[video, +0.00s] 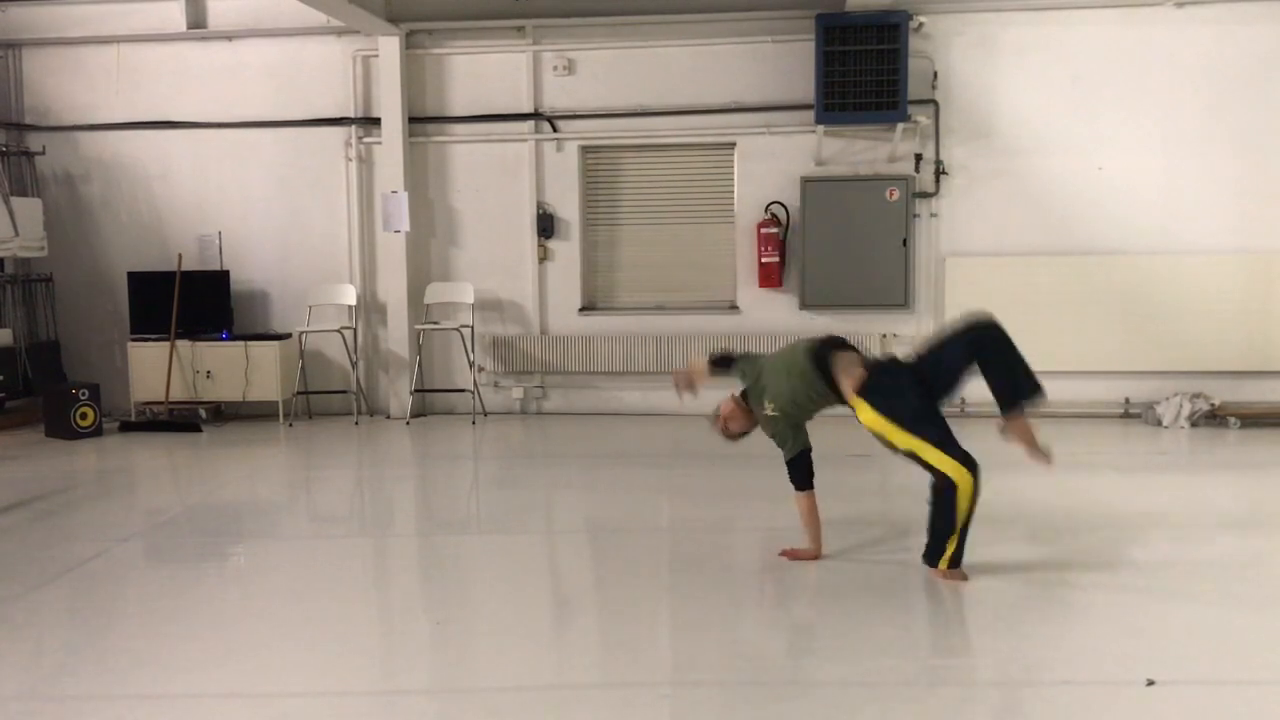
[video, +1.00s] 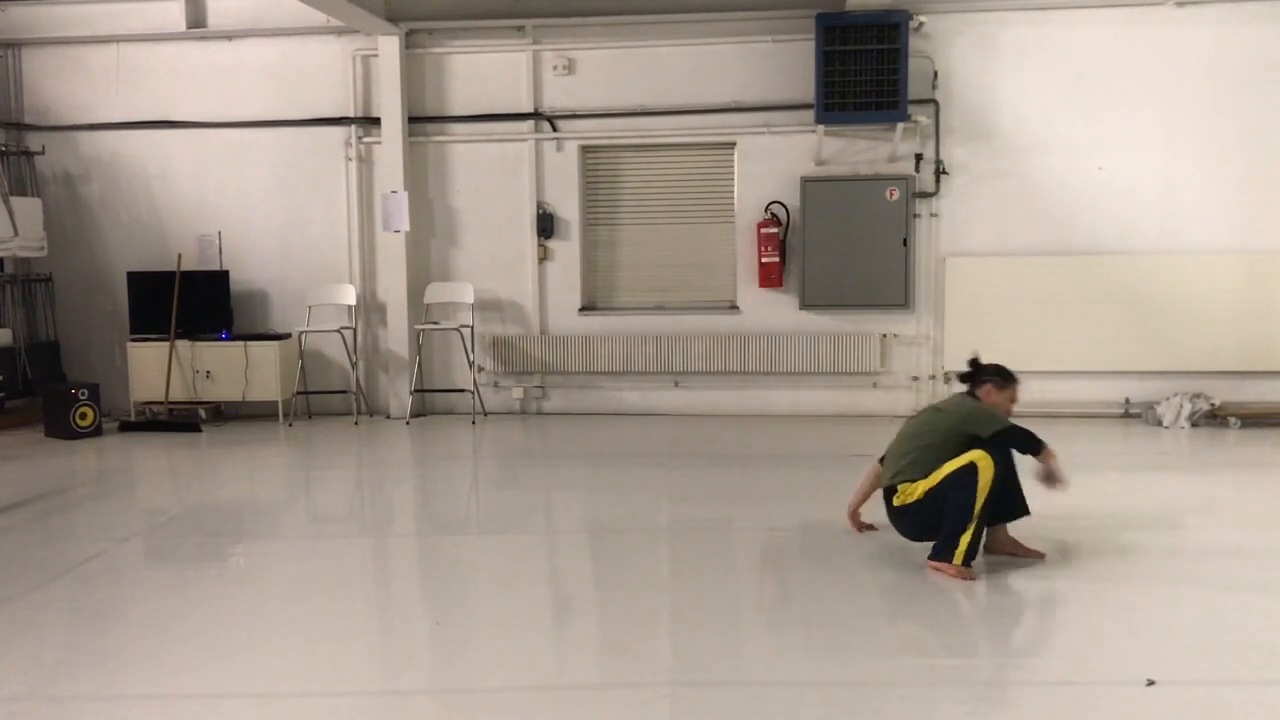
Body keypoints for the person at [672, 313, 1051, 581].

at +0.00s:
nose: (727, 415)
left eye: (723, 414)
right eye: (728, 424)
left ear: (730, 401)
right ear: (741, 425)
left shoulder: (756, 372)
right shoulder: (781, 420)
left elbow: (722, 358)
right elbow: (802, 484)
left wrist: (693, 370)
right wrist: (815, 547)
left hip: (901, 376)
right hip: (879, 402)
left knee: (982, 331)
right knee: (960, 472)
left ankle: (1016, 417)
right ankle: (941, 560)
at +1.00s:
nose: (1010, 411)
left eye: (1012, 403)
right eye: (1009, 401)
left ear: (985, 392)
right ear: (988, 392)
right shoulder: (968, 409)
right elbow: (1025, 440)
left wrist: (853, 507)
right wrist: (1050, 466)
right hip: (910, 510)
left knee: (998, 451)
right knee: (980, 463)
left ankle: (999, 537)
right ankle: (947, 557)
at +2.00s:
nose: (681, 484)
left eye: (689, 485)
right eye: (684, 480)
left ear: (703, 457)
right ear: (681, 461)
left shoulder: (691, 440)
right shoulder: (647, 447)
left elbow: (733, 461)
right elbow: (635, 496)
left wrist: (780, 468)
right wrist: (674, 534)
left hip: (631, 481)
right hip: (599, 490)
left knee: (687, 501)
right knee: (672, 514)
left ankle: (763, 522)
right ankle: (747, 531)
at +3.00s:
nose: (640, 383)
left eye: (640, 375)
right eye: (631, 380)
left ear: (643, 370)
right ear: (611, 383)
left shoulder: (656, 393)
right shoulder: (600, 416)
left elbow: (664, 441)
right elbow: (587, 468)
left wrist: (666, 496)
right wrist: (577, 516)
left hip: (695, 450)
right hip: (668, 470)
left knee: (788, 432)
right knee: (717, 454)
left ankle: (768, 512)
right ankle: (717, 530)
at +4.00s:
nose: (864, 307)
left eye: (863, 299)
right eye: (856, 298)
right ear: (829, 304)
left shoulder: (854, 359)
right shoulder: (821, 357)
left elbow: (878, 421)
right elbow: (852, 429)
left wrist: (911, 476)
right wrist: (879, 494)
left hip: (808, 468)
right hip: (781, 468)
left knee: (854, 541)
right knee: (839, 550)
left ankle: (775, 513)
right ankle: (745, 528)